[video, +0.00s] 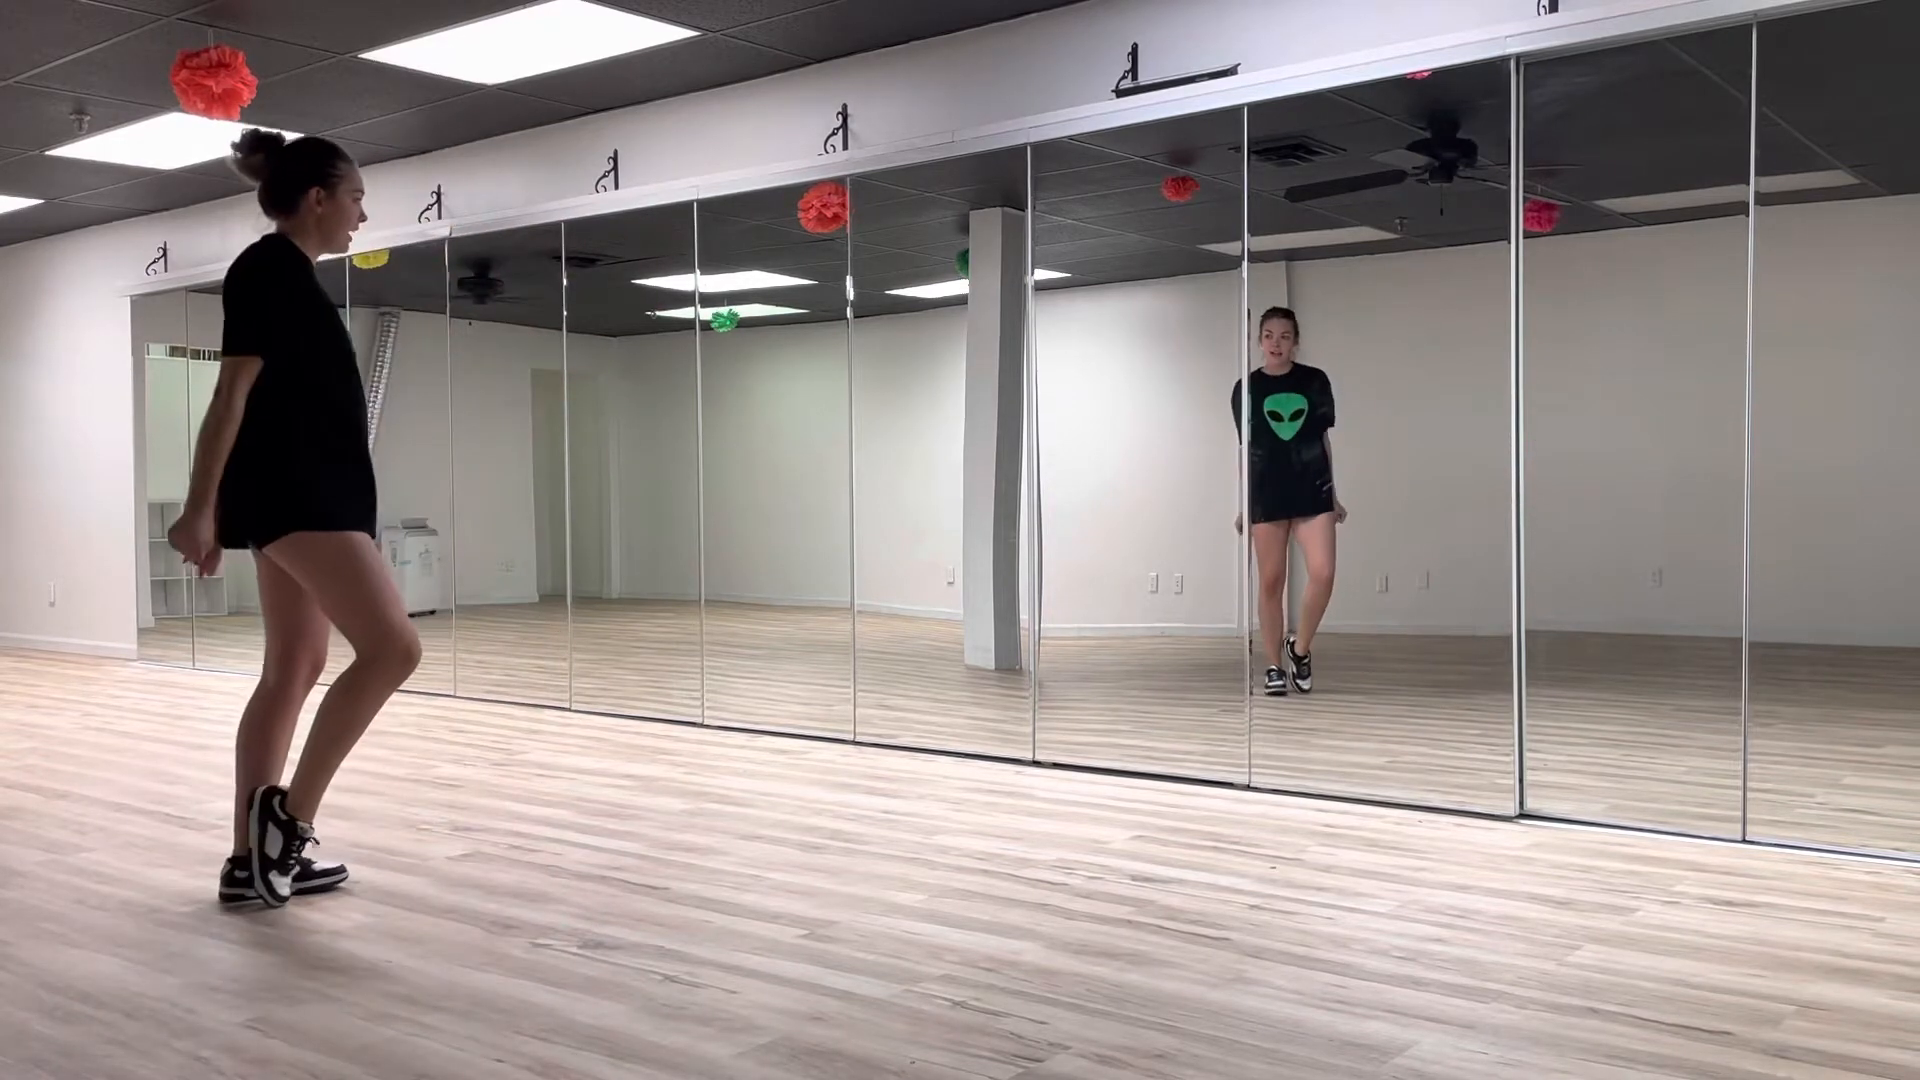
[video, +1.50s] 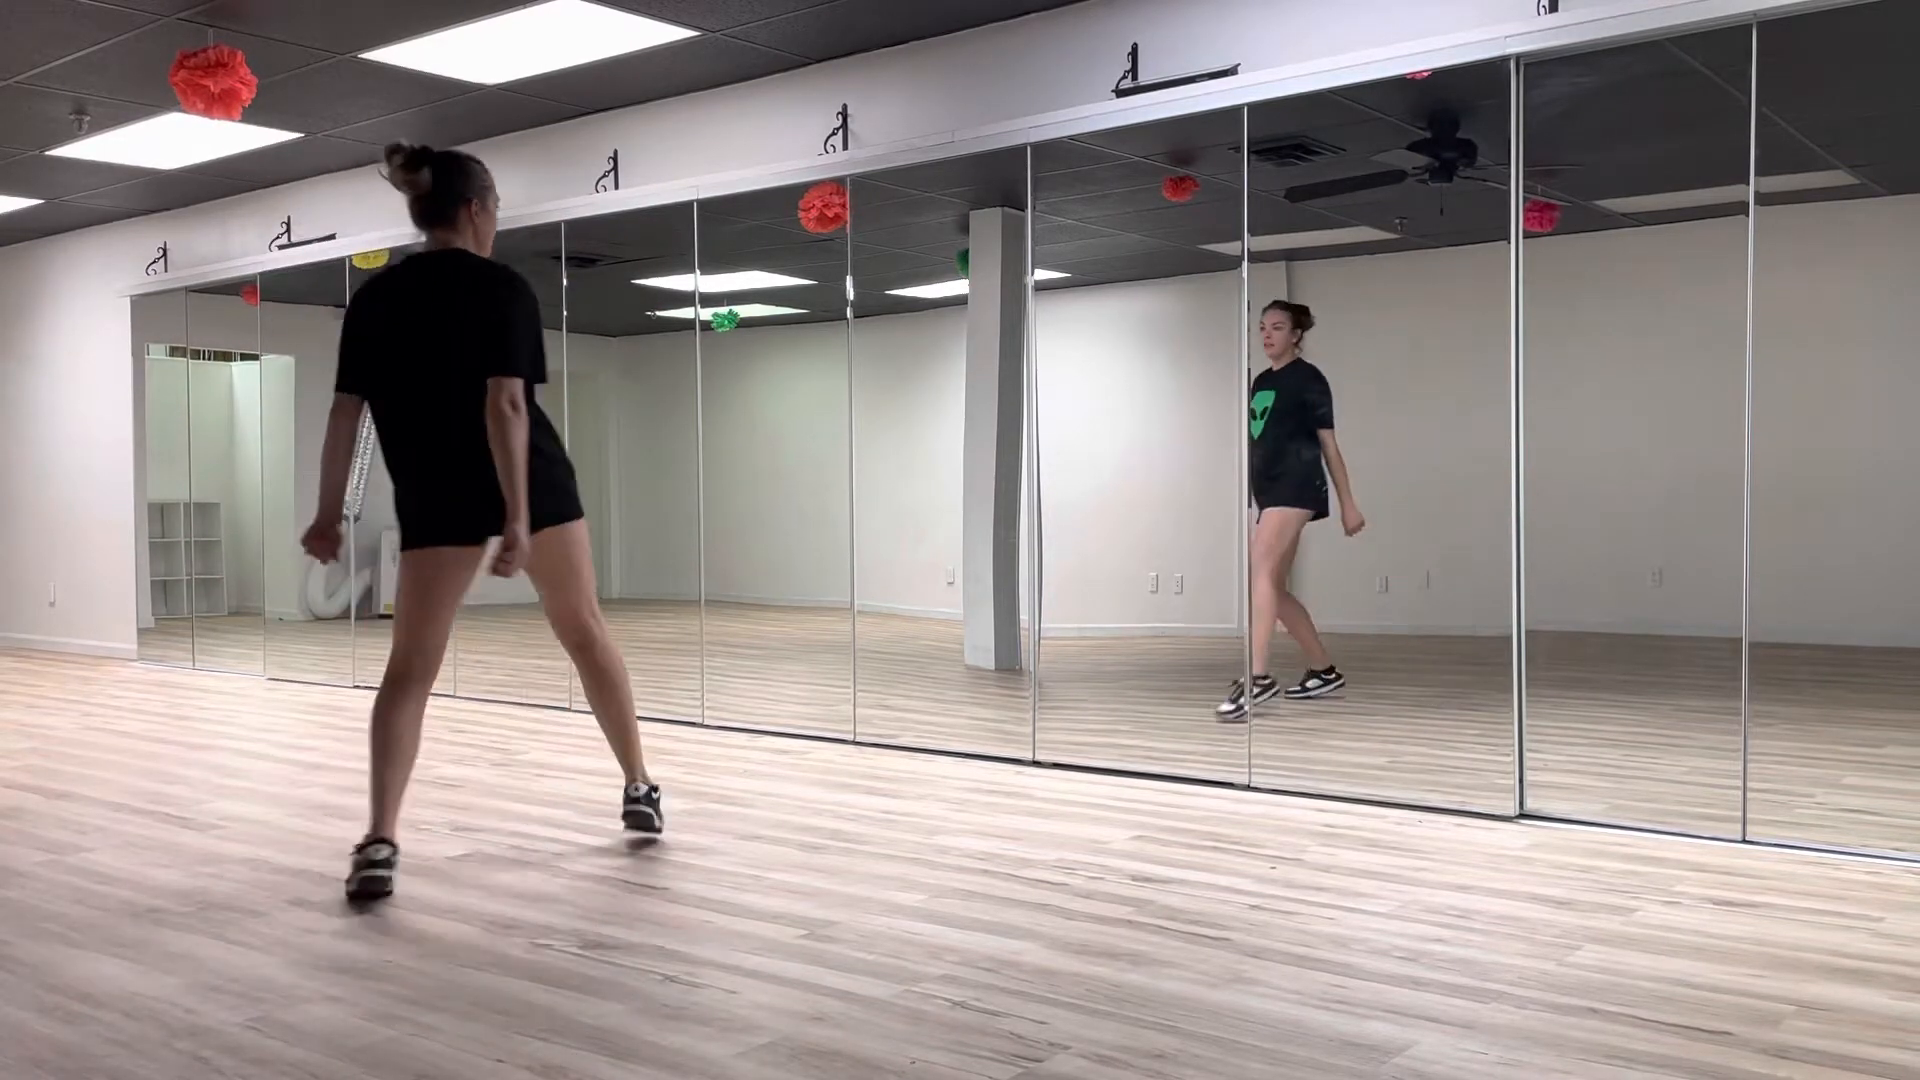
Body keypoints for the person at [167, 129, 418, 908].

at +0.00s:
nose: (360, 216)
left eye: (360, 202)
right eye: (355, 201)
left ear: (306, 201)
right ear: (315, 199)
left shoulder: (286, 272)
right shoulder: (266, 268)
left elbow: (254, 398)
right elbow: (231, 392)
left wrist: (210, 511)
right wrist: (200, 504)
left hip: (283, 495)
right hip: (298, 493)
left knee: (292, 666)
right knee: (392, 649)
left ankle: (252, 857)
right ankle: (289, 829)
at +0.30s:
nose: (385, 221)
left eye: (384, 208)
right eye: (377, 207)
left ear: (330, 211)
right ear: (340, 209)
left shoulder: (305, 279)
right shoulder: (298, 277)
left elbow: (307, 406)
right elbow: (285, 403)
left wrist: (350, 512)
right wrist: (285, 517)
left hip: (308, 507)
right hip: (328, 503)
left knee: (325, 674)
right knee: (460, 609)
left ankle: (257, 855)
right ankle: (357, 772)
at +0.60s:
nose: (438, 187)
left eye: (434, 173)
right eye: (427, 173)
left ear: (380, 184)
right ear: (391, 182)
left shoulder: (372, 261)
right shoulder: (352, 259)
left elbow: (369, 388)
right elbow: (333, 385)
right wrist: (319, 506)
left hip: (373, 481)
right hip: (395, 480)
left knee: (370, 667)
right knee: (497, 626)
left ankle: (275, 835)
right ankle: (515, 835)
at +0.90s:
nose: (482, 227)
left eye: (479, 213)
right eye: (476, 213)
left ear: (420, 219)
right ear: (444, 216)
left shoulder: (397, 296)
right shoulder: (427, 296)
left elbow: (374, 432)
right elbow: (417, 425)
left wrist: (361, 545)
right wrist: (424, 545)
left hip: (418, 522)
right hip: (476, 521)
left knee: (427, 688)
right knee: (539, 683)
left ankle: (309, 849)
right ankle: (492, 889)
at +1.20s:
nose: (466, 221)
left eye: (463, 208)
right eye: (462, 207)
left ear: (391, 216)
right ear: (440, 210)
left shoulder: (345, 299)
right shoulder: (456, 286)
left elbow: (322, 421)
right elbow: (449, 403)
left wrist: (312, 526)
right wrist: (454, 517)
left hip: (360, 509)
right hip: (457, 500)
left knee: (389, 683)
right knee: (565, 632)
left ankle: (342, 867)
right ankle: (531, 770)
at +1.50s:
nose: (497, 223)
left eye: (495, 211)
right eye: (495, 211)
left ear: (422, 217)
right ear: (475, 212)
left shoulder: (373, 297)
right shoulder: (501, 286)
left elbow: (346, 411)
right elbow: (506, 404)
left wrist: (329, 511)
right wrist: (516, 519)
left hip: (435, 493)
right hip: (527, 475)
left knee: (407, 673)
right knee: (583, 628)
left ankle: (380, 837)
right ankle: (639, 783)